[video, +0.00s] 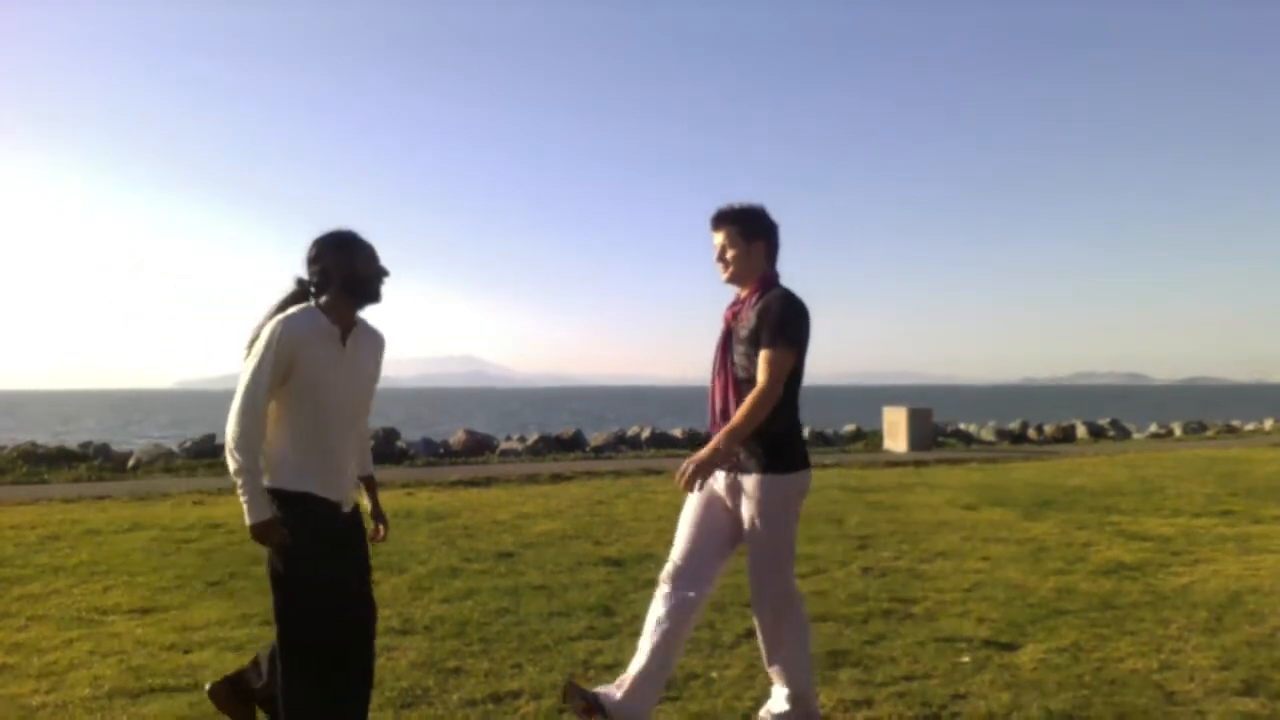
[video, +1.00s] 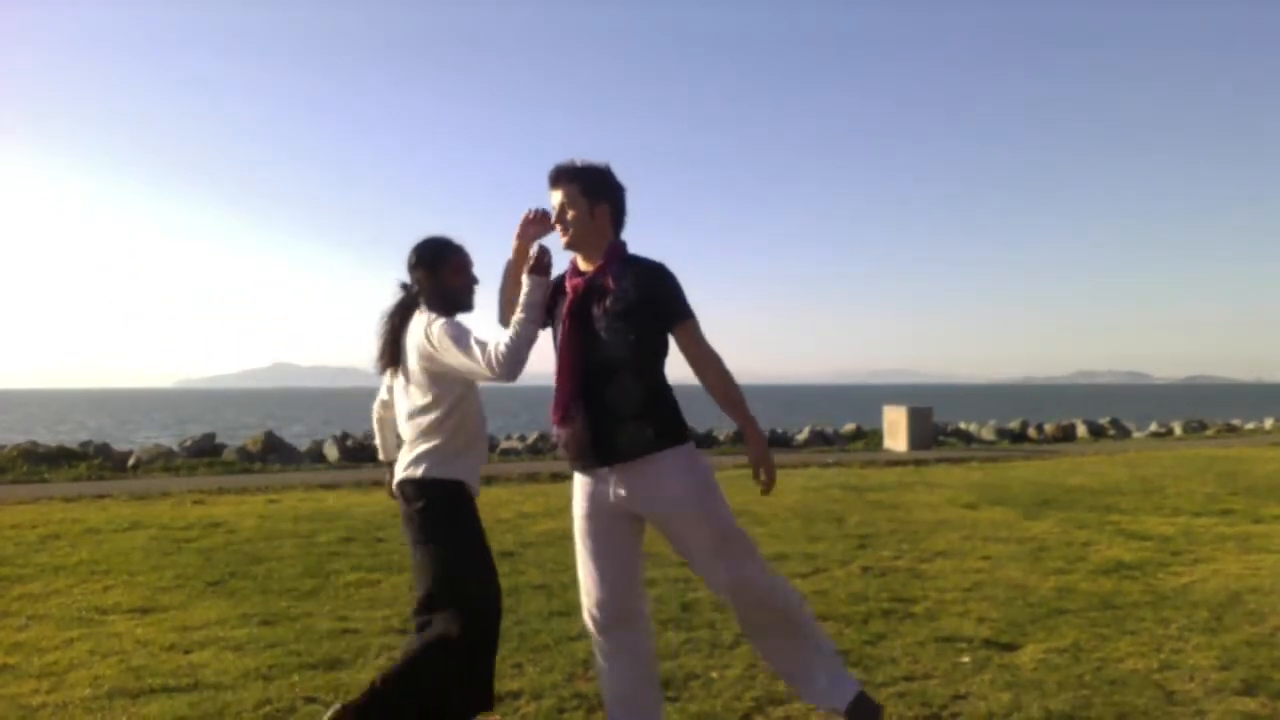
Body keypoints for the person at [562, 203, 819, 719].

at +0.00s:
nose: (720, 258)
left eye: (728, 249)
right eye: (717, 251)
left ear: (761, 248)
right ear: (724, 254)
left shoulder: (781, 307)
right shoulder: (737, 310)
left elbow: (770, 391)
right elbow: (742, 390)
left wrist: (713, 449)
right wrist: (726, 451)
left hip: (771, 471)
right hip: (724, 466)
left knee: (773, 592)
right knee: (679, 581)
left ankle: (795, 704)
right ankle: (630, 699)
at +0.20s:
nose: (682, 255)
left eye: (691, 245)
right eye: (680, 247)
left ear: (725, 248)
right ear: (686, 252)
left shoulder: (751, 308)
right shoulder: (698, 314)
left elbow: (754, 397)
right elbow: (702, 402)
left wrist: (730, 475)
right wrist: (655, 409)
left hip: (746, 478)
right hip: (693, 477)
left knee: (761, 599)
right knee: (673, 603)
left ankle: (786, 704)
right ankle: (659, 710)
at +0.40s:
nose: (637, 241)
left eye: (645, 231)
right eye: (634, 233)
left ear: (681, 232)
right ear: (644, 239)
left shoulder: (717, 291)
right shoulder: (653, 305)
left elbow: (749, 377)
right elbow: (618, 378)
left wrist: (757, 463)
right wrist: (595, 329)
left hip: (717, 474)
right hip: (657, 475)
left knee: (739, 592)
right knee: (642, 598)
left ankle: (769, 699)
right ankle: (650, 713)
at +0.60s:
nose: (598, 230)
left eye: (607, 220)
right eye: (596, 222)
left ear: (642, 221)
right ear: (603, 229)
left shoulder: (684, 283)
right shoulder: (608, 303)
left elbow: (726, 364)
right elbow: (554, 347)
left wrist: (748, 445)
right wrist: (560, 282)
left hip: (700, 465)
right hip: (636, 473)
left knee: (732, 586)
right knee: (633, 607)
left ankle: (756, 696)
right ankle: (643, 713)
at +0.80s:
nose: (571, 225)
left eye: (580, 215)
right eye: (568, 217)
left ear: (617, 216)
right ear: (574, 225)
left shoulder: (661, 279)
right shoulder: (578, 296)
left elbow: (703, 362)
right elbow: (521, 328)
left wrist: (736, 444)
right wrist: (534, 269)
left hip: (683, 460)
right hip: (617, 472)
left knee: (742, 581)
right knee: (623, 609)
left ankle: (804, 686)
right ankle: (638, 715)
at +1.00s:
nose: (556, 220)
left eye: (567, 210)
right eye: (554, 212)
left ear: (605, 212)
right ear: (557, 219)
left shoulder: (646, 277)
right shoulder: (558, 287)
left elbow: (700, 357)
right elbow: (510, 317)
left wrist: (750, 430)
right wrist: (520, 249)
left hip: (662, 462)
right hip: (593, 473)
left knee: (743, 581)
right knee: (607, 618)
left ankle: (844, 696)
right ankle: (632, 715)